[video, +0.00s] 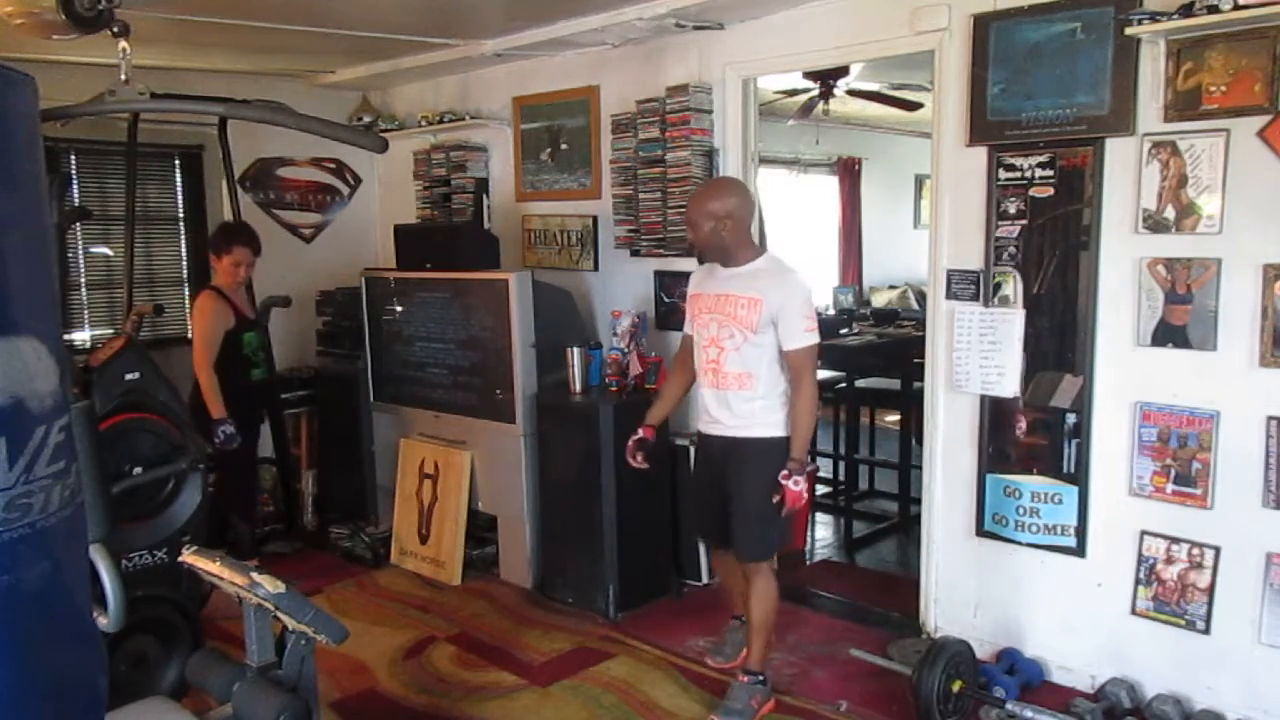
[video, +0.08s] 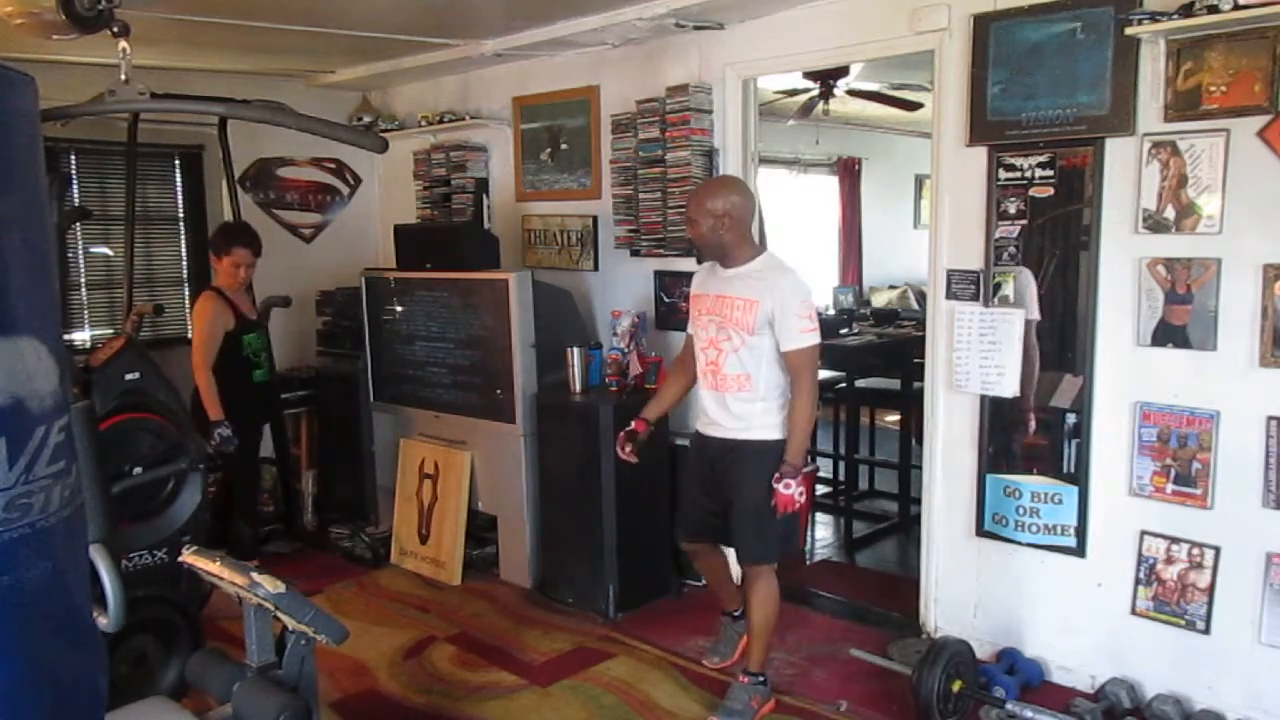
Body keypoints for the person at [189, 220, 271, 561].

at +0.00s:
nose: (244, 273)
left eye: (249, 265)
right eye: (236, 265)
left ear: (255, 262)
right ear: (215, 262)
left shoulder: (243, 292)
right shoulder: (210, 303)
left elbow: (246, 350)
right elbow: (202, 365)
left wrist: (262, 391)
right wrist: (221, 418)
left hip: (247, 402)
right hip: (225, 407)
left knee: (244, 480)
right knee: (232, 484)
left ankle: (243, 548)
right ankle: (230, 552)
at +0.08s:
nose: (244, 273)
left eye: (250, 266)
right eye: (237, 265)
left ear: (255, 263)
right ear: (216, 261)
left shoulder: (244, 294)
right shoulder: (211, 304)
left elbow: (246, 346)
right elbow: (201, 367)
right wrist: (218, 421)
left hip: (251, 405)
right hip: (229, 411)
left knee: (247, 482)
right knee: (236, 486)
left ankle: (246, 548)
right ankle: (233, 553)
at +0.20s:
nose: (244, 274)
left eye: (249, 267)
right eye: (236, 266)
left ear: (256, 263)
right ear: (216, 262)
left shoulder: (248, 294)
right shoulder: (212, 306)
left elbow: (254, 351)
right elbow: (199, 369)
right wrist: (213, 424)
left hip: (259, 406)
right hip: (234, 411)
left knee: (252, 483)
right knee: (240, 487)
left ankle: (250, 548)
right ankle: (238, 553)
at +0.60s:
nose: (235, 279)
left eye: (243, 270)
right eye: (227, 271)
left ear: (257, 263)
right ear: (214, 265)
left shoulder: (271, 300)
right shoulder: (210, 311)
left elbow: (288, 354)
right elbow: (194, 377)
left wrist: (324, 395)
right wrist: (204, 434)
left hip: (276, 414)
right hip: (234, 420)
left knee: (295, 481)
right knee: (241, 498)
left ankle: (294, 557)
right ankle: (243, 566)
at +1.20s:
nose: (198, 300)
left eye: (203, 291)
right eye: (193, 293)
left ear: (229, 278)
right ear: (190, 287)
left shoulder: (270, 314)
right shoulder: (205, 324)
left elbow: (313, 370)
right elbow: (212, 378)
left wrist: (313, 430)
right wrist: (211, 435)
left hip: (287, 429)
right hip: (243, 432)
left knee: (301, 507)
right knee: (233, 507)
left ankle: (316, 586)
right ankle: (246, 589)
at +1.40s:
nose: (161, 319)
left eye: (163, 309)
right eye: (155, 313)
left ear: (186, 292)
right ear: (155, 308)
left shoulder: (236, 325)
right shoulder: (180, 333)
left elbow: (280, 384)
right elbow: (194, 389)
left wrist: (270, 450)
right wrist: (202, 439)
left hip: (264, 434)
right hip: (227, 439)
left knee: (267, 518)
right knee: (226, 520)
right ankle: (239, 603)